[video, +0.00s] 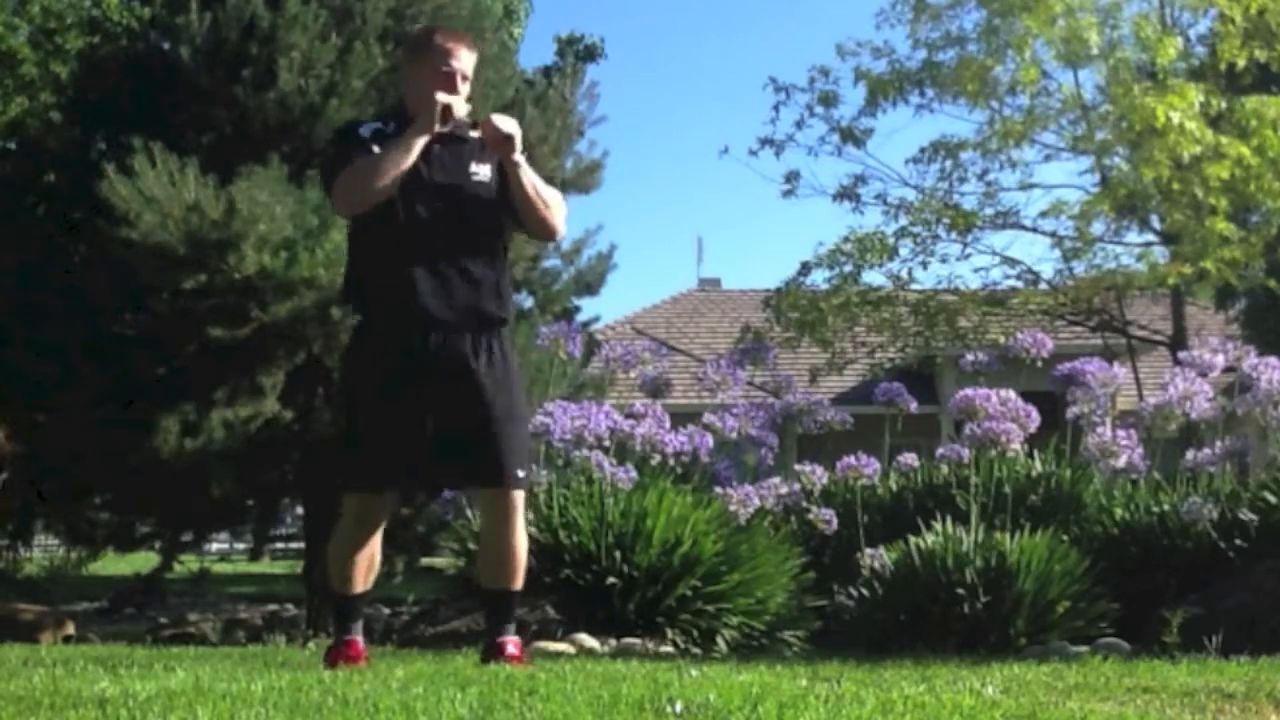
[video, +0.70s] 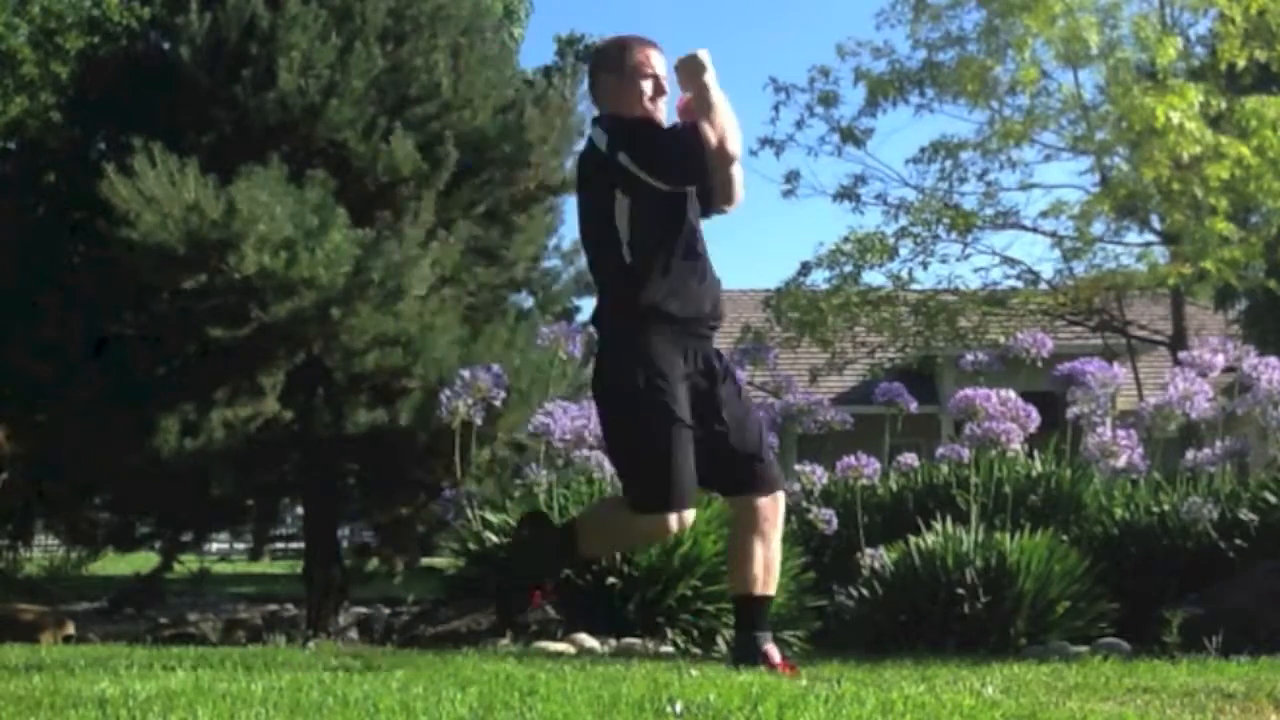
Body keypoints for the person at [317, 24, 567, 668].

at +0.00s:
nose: (453, 86)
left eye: (463, 78)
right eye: (442, 73)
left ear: (472, 87)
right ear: (406, 71)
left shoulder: (494, 151)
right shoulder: (367, 141)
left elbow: (551, 225)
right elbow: (349, 200)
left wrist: (514, 161)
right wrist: (422, 132)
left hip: (481, 344)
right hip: (390, 343)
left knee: (506, 492)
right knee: (369, 499)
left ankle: (502, 637)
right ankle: (348, 636)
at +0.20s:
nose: (475, 90)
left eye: (484, 82)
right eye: (463, 78)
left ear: (491, 91)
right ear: (425, 80)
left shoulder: (510, 156)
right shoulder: (385, 148)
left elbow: (565, 234)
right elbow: (372, 211)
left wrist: (533, 167)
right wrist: (447, 143)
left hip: (506, 347)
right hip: (417, 351)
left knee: (579, 462)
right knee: (380, 507)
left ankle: (548, 607)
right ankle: (351, 641)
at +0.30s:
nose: (501, 86)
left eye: (510, 78)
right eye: (488, 74)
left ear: (520, 86)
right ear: (451, 76)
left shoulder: (535, 148)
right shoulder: (412, 143)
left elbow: (593, 227)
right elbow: (404, 203)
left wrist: (564, 157)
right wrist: (476, 136)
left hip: (531, 348)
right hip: (439, 353)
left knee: (609, 458)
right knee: (394, 504)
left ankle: (622, 618)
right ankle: (355, 631)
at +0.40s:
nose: (536, 110)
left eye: (543, 101)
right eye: (521, 98)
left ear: (550, 110)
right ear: (481, 101)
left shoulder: (568, 177)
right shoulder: (440, 164)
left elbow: (634, 240)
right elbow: (453, 212)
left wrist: (604, 164)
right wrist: (525, 147)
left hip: (553, 375)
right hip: (459, 376)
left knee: (626, 490)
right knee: (404, 518)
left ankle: (708, 618)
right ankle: (360, 637)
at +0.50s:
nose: (578, 128)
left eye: (584, 118)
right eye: (562, 115)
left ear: (595, 130)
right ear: (521, 126)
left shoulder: (611, 207)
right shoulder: (498, 191)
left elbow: (684, 237)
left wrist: (651, 163)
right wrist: (603, 141)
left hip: (593, 402)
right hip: (501, 398)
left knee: (677, 512)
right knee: (421, 531)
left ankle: (725, 646)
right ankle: (364, 640)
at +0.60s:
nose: (628, 112)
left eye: (631, 104)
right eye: (613, 101)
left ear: (634, 116)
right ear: (570, 114)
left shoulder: (635, 180)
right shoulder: (573, 178)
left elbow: (706, 215)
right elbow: (666, 175)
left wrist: (683, 140)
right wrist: (668, 107)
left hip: (658, 385)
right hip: (582, 388)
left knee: (746, 495)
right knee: (499, 533)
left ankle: (750, 642)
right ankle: (388, 623)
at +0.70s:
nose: (657, 87)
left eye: (661, 78)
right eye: (642, 77)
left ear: (664, 88)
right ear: (603, 91)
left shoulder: (660, 148)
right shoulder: (610, 146)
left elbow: (722, 195)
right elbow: (704, 156)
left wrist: (711, 121)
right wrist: (703, 94)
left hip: (700, 345)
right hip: (641, 346)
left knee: (762, 496)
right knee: (664, 515)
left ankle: (752, 642)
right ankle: (550, 548)